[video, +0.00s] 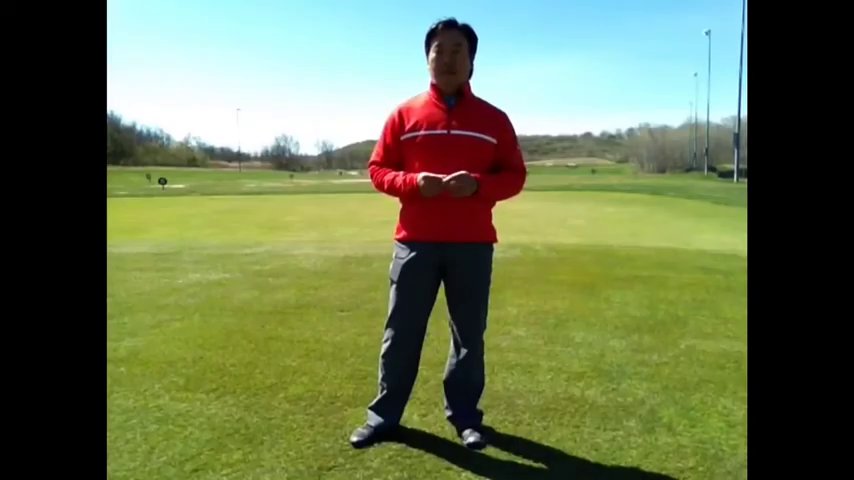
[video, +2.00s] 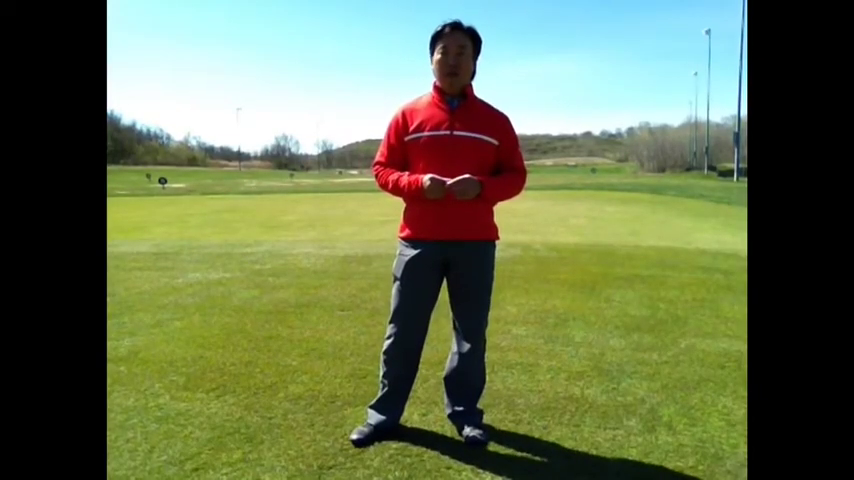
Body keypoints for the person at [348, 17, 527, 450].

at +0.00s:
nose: (446, 57)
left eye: (456, 49)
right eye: (438, 49)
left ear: (471, 59)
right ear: (427, 58)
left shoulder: (494, 119)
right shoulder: (403, 116)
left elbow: (516, 176)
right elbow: (378, 171)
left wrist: (480, 184)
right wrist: (413, 182)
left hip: (472, 245)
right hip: (415, 243)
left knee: (469, 337)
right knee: (400, 333)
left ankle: (467, 419)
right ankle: (383, 417)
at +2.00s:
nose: (451, 59)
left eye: (461, 52)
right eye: (444, 51)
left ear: (475, 61)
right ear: (431, 60)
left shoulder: (496, 122)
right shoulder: (407, 117)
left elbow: (516, 177)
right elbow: (382, 171)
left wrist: (483, 188)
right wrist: (418, 183)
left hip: (474, 245)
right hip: (419, 242)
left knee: (471, 336)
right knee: (402, 332)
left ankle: (466, 415)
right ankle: (384, 416)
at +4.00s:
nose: (454, 60)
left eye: (463, 52)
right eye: (446, 52)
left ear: (479, 58)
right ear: (434, 60)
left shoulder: (503, 121)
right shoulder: (414, 116)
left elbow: (524, 177)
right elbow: (389, 172)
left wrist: (487, 188)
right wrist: (422, 185)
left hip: (481, 245)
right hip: (426, 243)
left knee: (474, 336)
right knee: (407, 331)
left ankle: (467, 416)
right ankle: (384, 416)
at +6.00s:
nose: (453, 59)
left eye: (462, 51)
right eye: (445, 50)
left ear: (478, 59)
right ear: (433, 58)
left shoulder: (499, 120)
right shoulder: (410, 114)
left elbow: (519, 175)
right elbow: (384, 165)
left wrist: (494, 188)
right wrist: (400, 180)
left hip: (475, 243)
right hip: (419, 240)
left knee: (471, 333)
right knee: (402, 329)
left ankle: (466, 414)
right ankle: (383, 414)